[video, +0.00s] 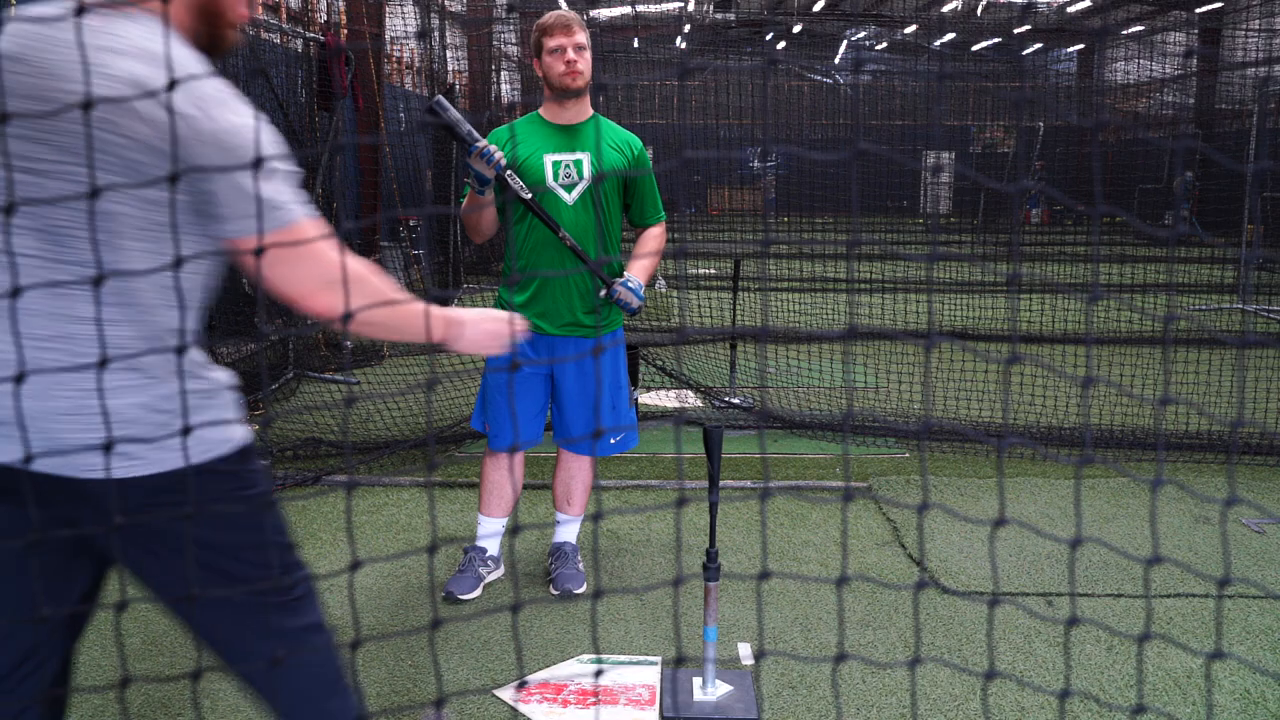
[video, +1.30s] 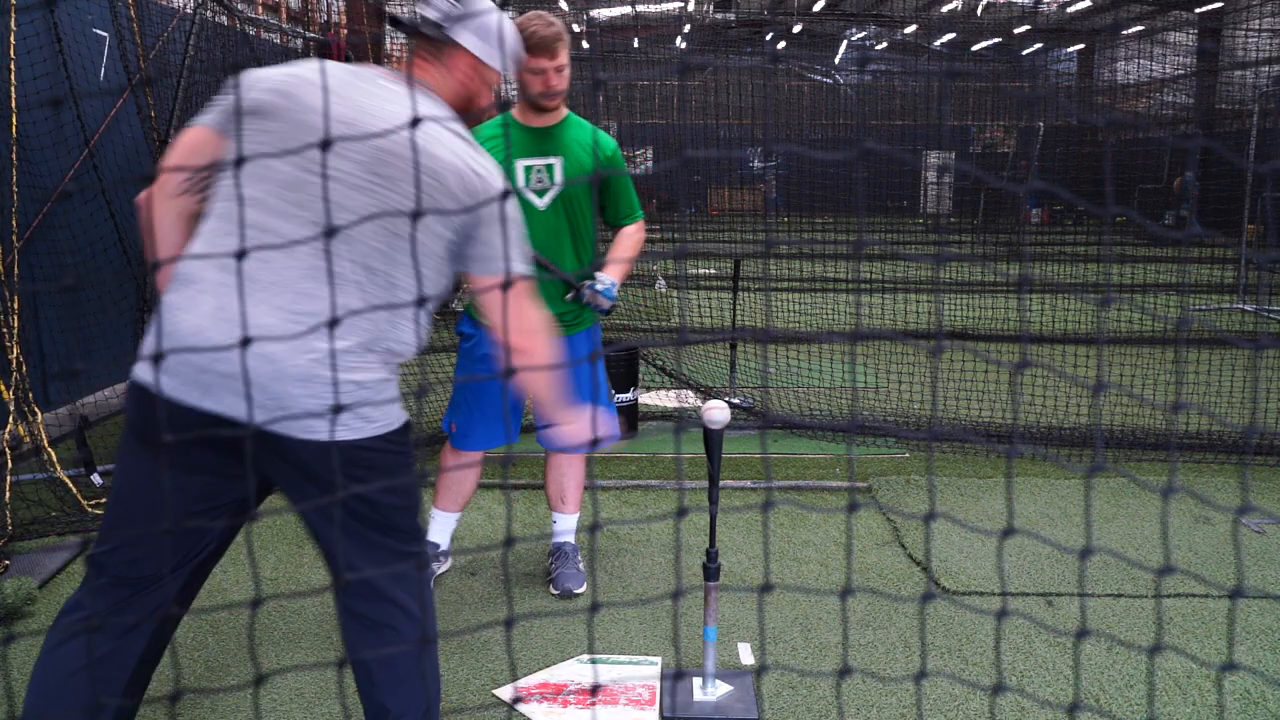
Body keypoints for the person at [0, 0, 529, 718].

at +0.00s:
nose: (253, 7)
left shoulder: (15, 45)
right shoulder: (196, 105)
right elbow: (321, 281)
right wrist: (450, 325)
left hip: (21, 448)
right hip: (159, 445)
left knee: (17, 686)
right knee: (295, 661)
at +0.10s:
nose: (292, 18)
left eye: (294, 5)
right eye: (287, 3)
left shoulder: (18, 64)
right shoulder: (241, 116)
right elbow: (357, 283)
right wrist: (485, 327)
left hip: (33, 452)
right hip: (194, 453)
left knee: (29, 690)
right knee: (322, 665)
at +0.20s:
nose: (373, 21)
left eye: (375, 7)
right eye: (364, 3)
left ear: (252, 2)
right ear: (317, 3)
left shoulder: (96, 74)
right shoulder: (329, 137)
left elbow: (35, 215)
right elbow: (431, 288)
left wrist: (57, 359)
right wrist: (537, 335)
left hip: (104, 434)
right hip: (259, 443)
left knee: (82, 664)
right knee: (358, 660)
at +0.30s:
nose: (404, 55)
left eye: (408, 36)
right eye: (401, 33)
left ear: (290, 10)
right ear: (355, 18)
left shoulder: (142, 74)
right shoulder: (367, 145)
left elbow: (68, 201)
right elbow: (464, 289)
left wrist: (83, 347)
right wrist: (571, 343)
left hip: (129, 427)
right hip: (287, 437)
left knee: (111, 637)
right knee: (374, 634)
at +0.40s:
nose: (468, 75)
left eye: (474, 57)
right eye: (468, 54)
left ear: (370, 21)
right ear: (431, 37)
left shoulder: (224, 74)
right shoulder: (430, 153)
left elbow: (131, 188)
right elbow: (516, 291)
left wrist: (149, 328)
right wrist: (608, 353)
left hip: (175, 401)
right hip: (322, 418)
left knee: (139, 611)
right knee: (392, 623)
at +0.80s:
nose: (543, 137)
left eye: (547, 122)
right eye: (543, 120)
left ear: (463, 77)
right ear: (516, 102)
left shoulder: (342, 97)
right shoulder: (514, 198)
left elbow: (223, 180)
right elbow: (596, 323)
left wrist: (211, 318)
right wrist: (672, 389)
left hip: (229, 370)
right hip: (373, 406)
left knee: (148, 584)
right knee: (407, 593)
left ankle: (78, 711)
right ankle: (404, 713)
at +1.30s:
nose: (494, 96)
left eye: (498, 82)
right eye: (493, 80)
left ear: (410, 51)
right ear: (468, 67)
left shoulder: (271, 85)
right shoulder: (474, 176)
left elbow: (169, 187)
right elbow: (512, 313)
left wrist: (184, 299)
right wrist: (559, 411)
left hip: (188, 379)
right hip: (335, 406)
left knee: (122, 593)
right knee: (387, 599)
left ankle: (56, 707)